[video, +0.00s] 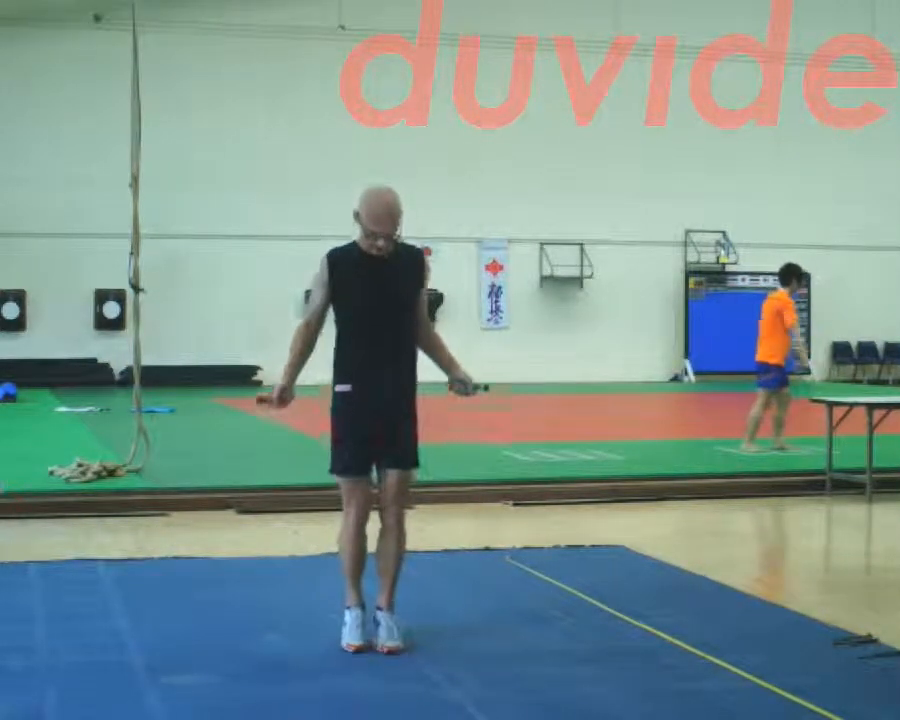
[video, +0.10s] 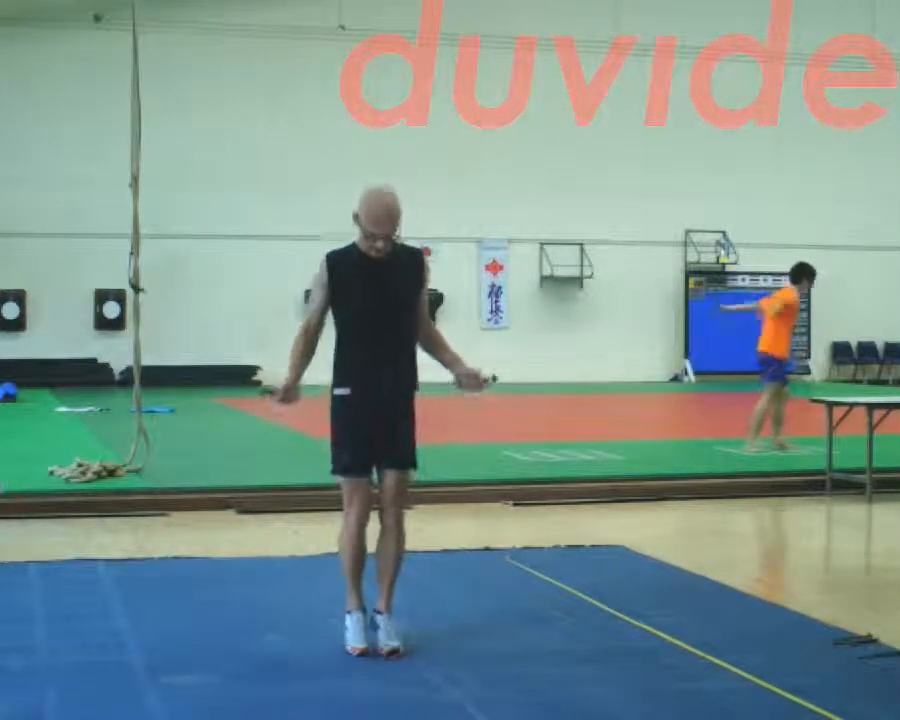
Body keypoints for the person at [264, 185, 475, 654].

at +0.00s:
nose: (382, 244)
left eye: (390, 235)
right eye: (374, 236)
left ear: (401, 223)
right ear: (358, 221)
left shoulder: (414, 262)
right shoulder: (335, 264)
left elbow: (421, 328)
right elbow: (310, 325)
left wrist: (454, 371)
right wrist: (287, 380)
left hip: (399, 396)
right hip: (353, 397)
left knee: (394, 505)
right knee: (357, 506)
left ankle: (385, 611)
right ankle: (353, 609)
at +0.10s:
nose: (380, 244)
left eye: (388, 236)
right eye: (372, 236)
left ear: (399, 225)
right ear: (357, 223)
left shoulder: (415, 263)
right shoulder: (335, 266)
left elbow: (422, 328)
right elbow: (311, 327)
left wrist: (458, 367)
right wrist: (293, 379)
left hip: (398, 397)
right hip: (352, 398)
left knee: (393, 504)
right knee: (357, 505)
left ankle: (384, 613)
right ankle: (355, 611)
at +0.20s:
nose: (378, 269)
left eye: (386, 260)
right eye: (369, 260)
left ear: (399, 249)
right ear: (354, 247)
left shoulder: (414, 289)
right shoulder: (332, 293)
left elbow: (428, 348)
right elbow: (308, 353)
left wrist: (464, 386)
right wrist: (295, 396)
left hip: (397, 421)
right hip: (350, 421)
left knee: (395, 522)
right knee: (358, 526)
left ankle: (381, 623)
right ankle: (353, 623)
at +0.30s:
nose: (378, 274)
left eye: (386, 265)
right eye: (369, 265)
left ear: (398, 253)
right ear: (354, 253)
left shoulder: (413, 294)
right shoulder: (331, 298)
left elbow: (426, 353)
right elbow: (305, 357)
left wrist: (461, 392)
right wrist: (290, 402)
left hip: (396, 422)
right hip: (350, 423)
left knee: (393, 522)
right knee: (362, 525)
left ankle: (380, 623)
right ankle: (355, 624)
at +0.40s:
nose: (378, 250)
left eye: (385, 242)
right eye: (370, 242)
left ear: (396, 230)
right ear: (355, 228)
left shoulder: (410, 267)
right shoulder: (329, 270)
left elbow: (418, 330)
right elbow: (306, 329)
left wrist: (452, 378)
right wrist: (286, 390)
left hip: (396, 398)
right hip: (350, 399)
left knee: (392, 502)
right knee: (355, 505)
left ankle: (382, 616)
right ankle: (353, 615)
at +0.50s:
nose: (376, 240)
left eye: (383, 232)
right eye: (368, 233)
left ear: (394, 222)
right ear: (353, 220)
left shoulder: (409, 258)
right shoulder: (329, 262)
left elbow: (417, 324)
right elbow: (308, 324)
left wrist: (450, 366)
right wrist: (288, 377)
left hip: (395, 392)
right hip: (349, 393)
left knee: (390, 498)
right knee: (355, 499)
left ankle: (379, 608)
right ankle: (350, 609)